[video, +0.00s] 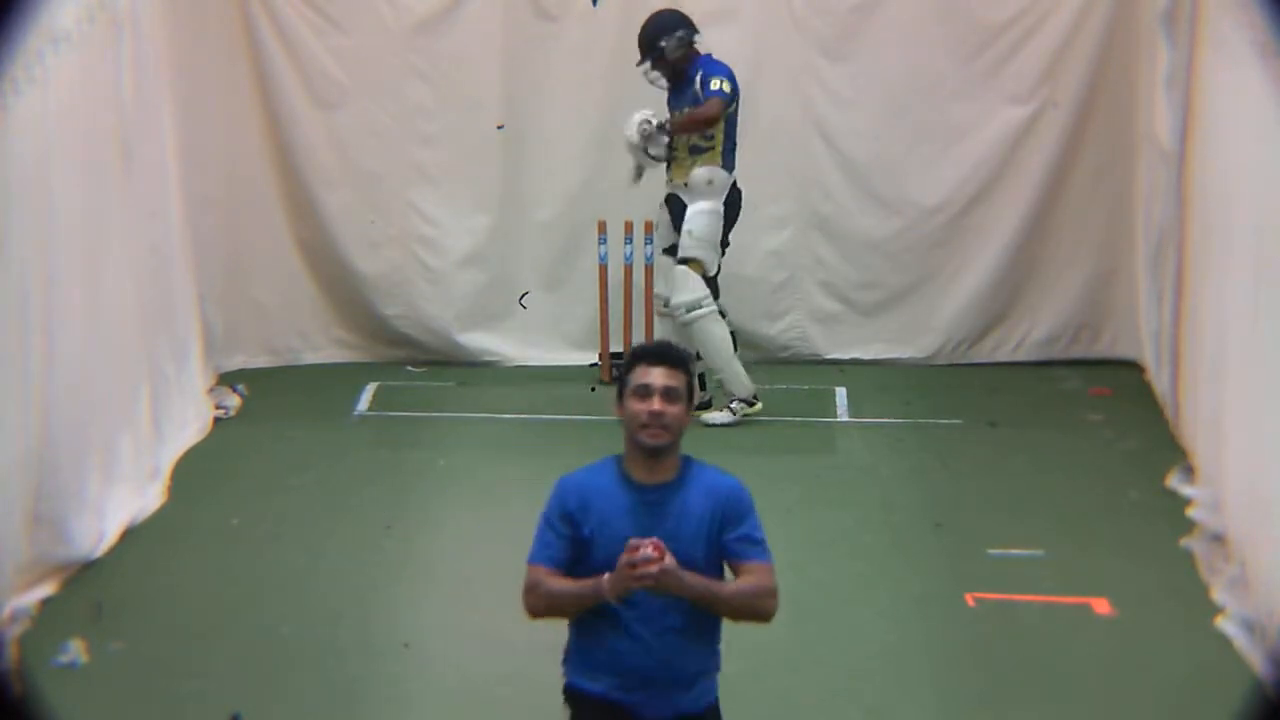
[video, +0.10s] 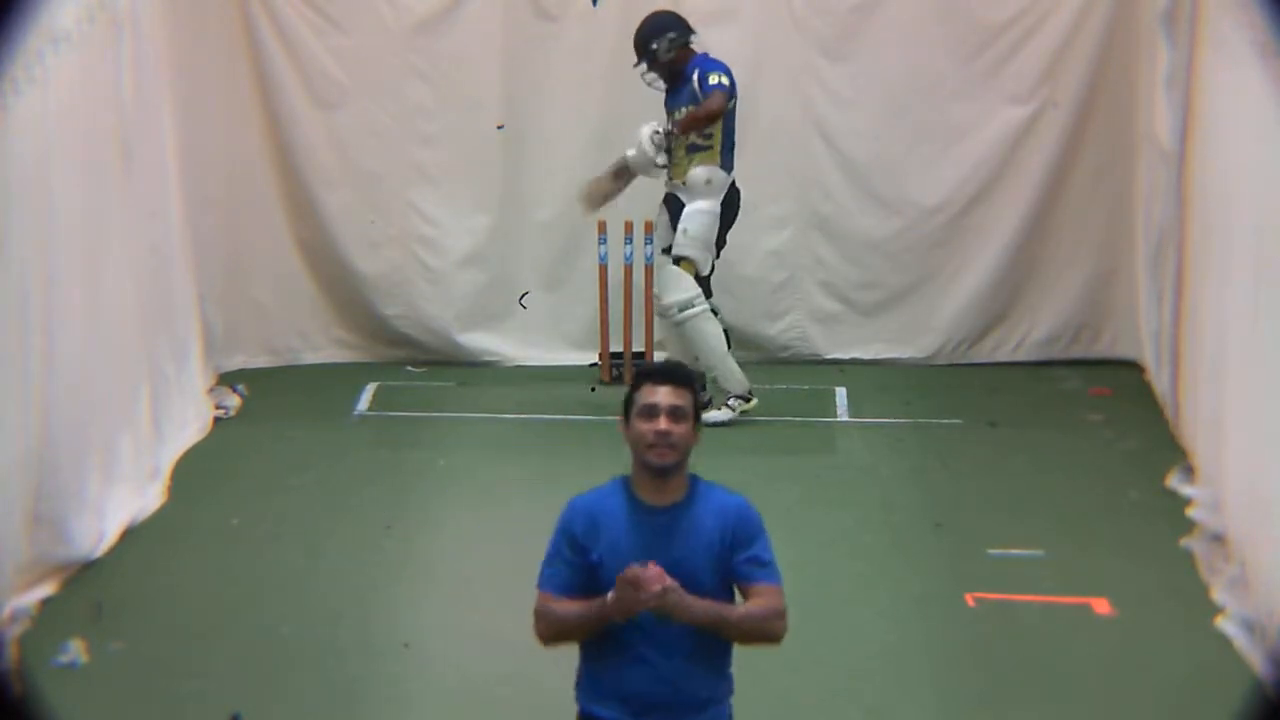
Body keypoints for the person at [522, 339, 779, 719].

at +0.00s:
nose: (655, 407)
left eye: (670, 396)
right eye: (642, 394)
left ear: (689, 412)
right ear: (620, 407)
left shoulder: (723, 495)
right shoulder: (577, 492)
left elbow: (763, 600)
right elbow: (537, 597)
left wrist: (679, 582)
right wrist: (611, 585)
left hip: (689, 701)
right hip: (600, 700)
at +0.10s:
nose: (662, 427)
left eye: (676, 415)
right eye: (648, 414)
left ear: (695, 432)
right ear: (626, 428)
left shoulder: (732, 515)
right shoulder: (586, 514)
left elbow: (771, 622)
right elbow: (547, 624)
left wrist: (680, 604)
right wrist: (615, 605)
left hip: (702, 709)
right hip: (609, 709)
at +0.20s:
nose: (663, 446)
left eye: (678, 434)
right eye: (650, 433)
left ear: (697, 449)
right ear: (627, 447)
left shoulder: (739, 534)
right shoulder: (589, 537)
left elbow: (780, 643)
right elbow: (557, 652)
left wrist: (696, 632)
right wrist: (612, 636)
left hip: (712, 712)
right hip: (615, 713)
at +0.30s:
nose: (666, 450)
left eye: (680, 437)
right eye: (651, 437)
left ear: (699, 451)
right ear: (628, 451)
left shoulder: (746, 536)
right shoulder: (594, 544)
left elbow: (790, 643)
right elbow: (561, 657)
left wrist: (726, 641)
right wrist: (615, 648)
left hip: (719, 713)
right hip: (623, 713)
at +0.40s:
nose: (677, 441)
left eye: (691, 428)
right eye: (662, 428)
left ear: (711, 442)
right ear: (638, 443)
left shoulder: (758, 526)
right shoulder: (604, 534)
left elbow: (806, 631)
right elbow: (570, 645)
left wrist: (755, 633)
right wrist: (639, 635)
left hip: (730, 710)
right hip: (634, 711)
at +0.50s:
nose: (693, 446)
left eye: (708, 433)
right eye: (678, 432)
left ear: (728, 446)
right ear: (655, 446)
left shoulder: (771, 533)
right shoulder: (616, 536)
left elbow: (824, 634)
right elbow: (581, 647)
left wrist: (777, 637)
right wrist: (674, 633)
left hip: (742, 711)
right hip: (643, 712)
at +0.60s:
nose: (713, 463)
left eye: (727, 451)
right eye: (697, 450)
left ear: (746, 465)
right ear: (672, 462)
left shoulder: (785, 553)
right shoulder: (632, 555)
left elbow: (840, 659)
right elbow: (600, 665)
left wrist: (790, 657)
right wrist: (706, 655)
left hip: (754, 711)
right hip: (658, 710)